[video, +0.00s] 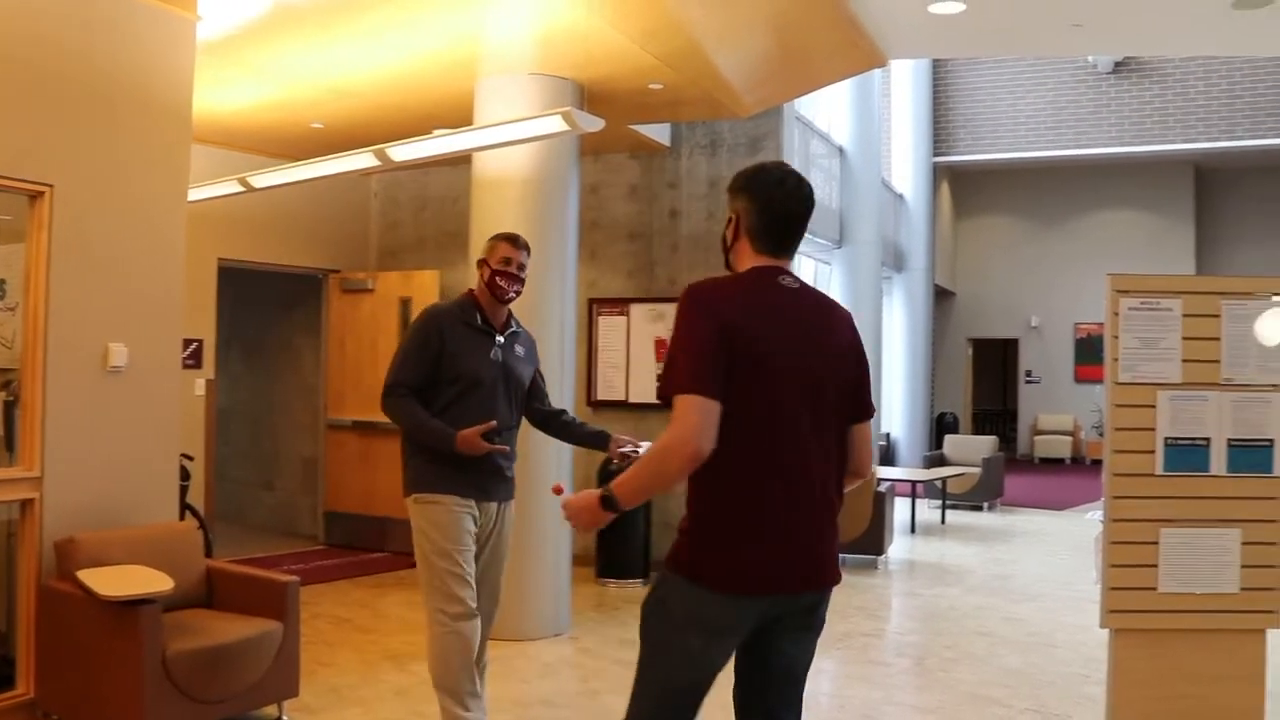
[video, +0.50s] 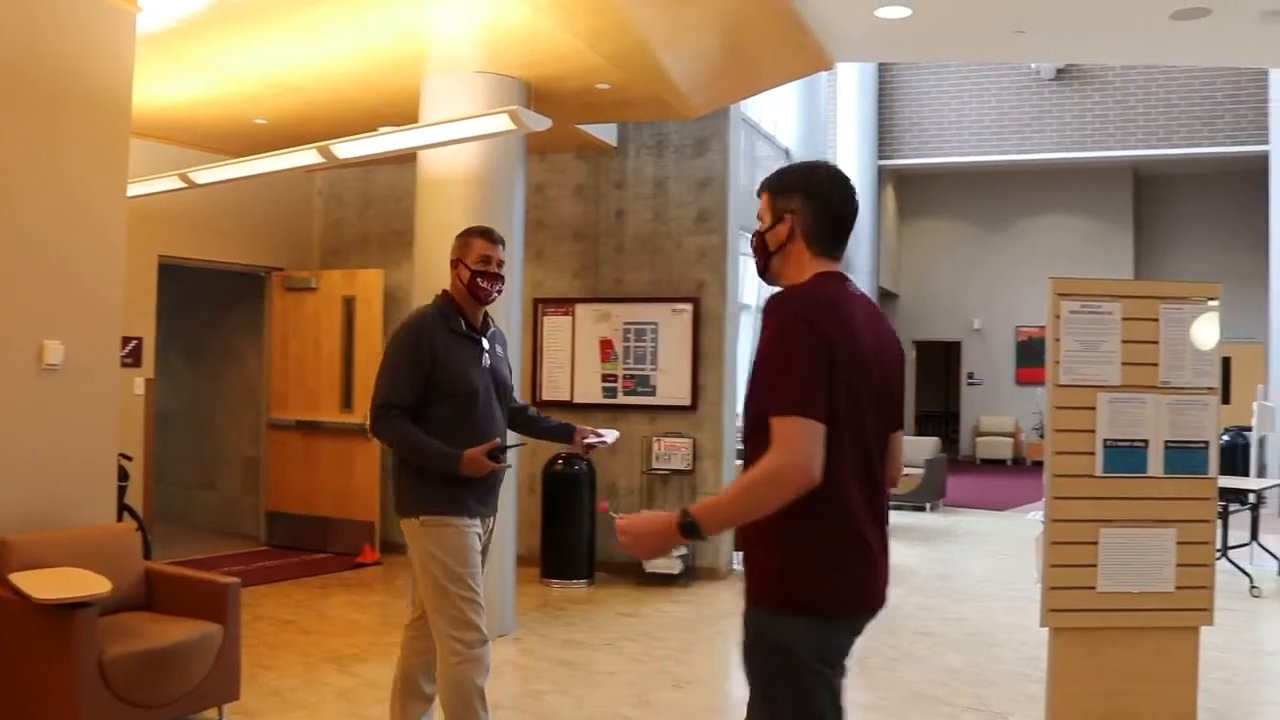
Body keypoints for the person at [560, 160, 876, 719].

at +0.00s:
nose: (724, 228)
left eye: (728, 216)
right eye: (728, 216)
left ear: (736, 224)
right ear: (797, 233)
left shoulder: (712, 300)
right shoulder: (837, 321)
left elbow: (692, 439)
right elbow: (858, 466)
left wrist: (605, 502)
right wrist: (795, 494)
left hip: (716, 567)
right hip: (806, 571)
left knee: (655, 714)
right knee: (774, 715)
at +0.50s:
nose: (755, 237)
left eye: (761, 222)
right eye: (757, 223)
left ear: (790, 227)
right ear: (834, 232)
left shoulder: (797, 311)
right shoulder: (875, 324)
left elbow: (796, 462)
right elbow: (889, 468)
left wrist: (681, 525)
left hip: (795, 587)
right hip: (847, 582)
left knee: (795, 714)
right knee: (784, 710)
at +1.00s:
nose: (800, 229)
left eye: (810, 213)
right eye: (801, 214)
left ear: (854, 217)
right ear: (853, 217)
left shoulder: (898, 306)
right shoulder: (880, 304)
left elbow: (930, 480)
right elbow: (896, 455)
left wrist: (802, 558)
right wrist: (817, 477)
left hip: (875, 611)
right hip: (841, 599)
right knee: (795, 713)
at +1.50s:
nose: (853, 218)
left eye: (859, 204)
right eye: (855, 204)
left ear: (886, 211)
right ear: (910, 213)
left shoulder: (933, 305)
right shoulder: (919, 299)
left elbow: (970, 470)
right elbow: (901, 445)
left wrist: (853, 548)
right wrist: (808, 454)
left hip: (900, 586)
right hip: (887, 579)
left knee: (874, 709)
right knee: (873, 707)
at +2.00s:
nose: (900, 234)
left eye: (907, 221)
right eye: (902, 222)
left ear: (937, 230)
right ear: (943, 232)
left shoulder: (978, 312)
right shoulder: (962, 310)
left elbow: (1012, 458)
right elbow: (951, 450)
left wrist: (904, 526)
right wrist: (861, 468)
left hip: (943, 572)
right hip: (942, 566)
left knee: (890, 711)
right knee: (945, 712)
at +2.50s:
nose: (901, 232)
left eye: (912, 218)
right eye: (901, 219)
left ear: (954, 224)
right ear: (949, 225)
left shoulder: (997, 307)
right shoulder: (937, 315)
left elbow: (1039, 443)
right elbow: (919, 443)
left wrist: (942, 515)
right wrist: (829, 457)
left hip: (950, 573)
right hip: (898, 563)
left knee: (943, 714)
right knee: (899, 711)